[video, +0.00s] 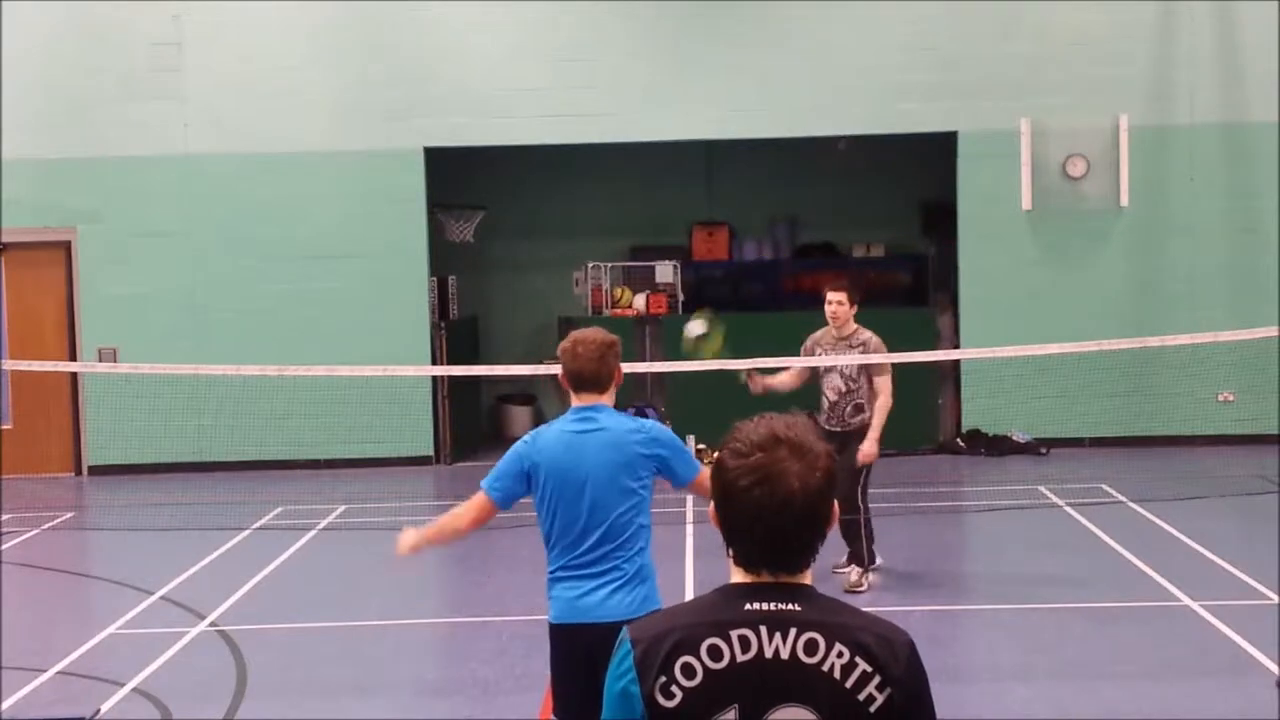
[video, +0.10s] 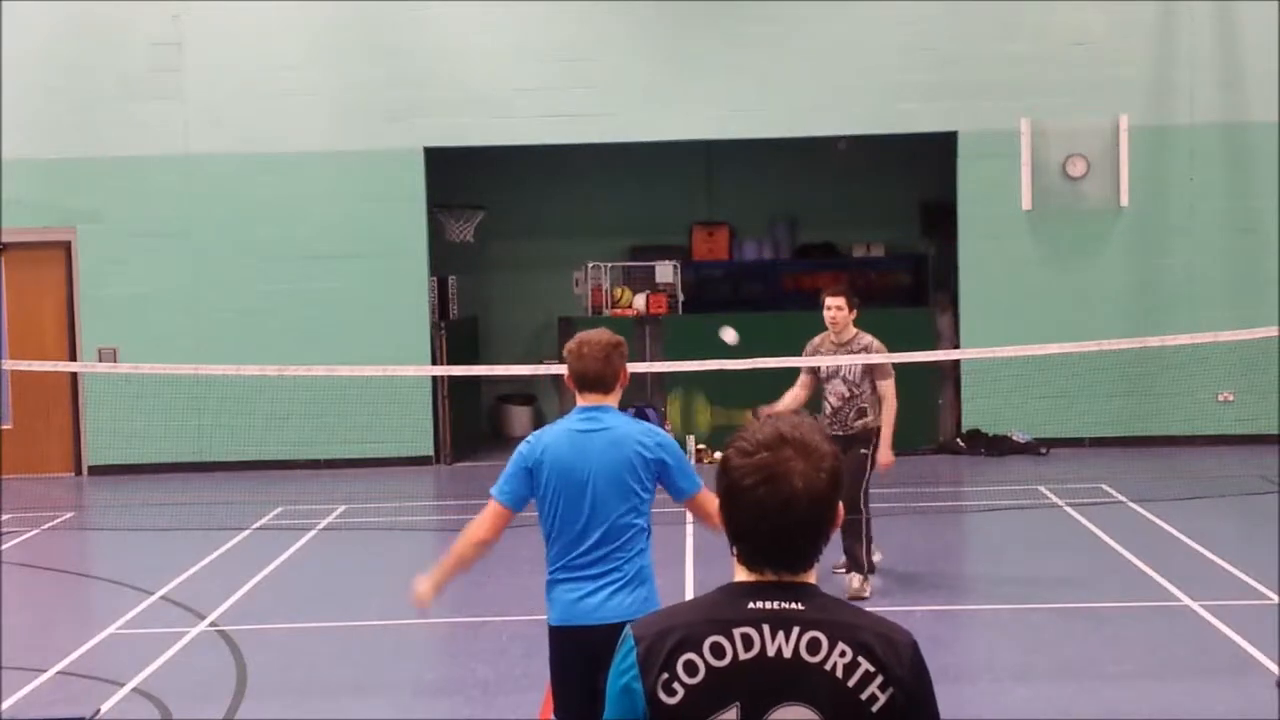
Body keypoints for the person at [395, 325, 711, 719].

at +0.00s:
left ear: (562, 379)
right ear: (618, 376)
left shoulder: (535, 445)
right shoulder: (646, 436)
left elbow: (469, 518)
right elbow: (710, 486)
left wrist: (418, 537)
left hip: (571, 621)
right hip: (637, 616)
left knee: (572, 710)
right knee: (642, 708)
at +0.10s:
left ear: (568, 380)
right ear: (624, 377)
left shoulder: (538, 446)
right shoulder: (651, 440)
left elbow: (484, 533)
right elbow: (714, 513)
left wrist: (433, 580)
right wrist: (756, 531)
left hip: (570, 621)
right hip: (637, 617)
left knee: (574, 712)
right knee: (638, 712)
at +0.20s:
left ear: (573, 378)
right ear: (628, 377)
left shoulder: (542, 447)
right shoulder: (653, 443)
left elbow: (503, 543)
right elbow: (706, 533)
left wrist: (468, 608)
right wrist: (749, 579)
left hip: (568, 623)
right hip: (635, 620)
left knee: (574, 712)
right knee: (637, 713)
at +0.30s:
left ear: (577, 379)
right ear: (632, 378)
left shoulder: (546, 447)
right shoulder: (656, 445)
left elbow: (520, 548)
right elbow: (691, 545)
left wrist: (496, 616)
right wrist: (721, 607)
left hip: (566, 623)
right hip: (631, 621)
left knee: (572, 711)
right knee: (630, 712)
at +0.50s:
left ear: (578, 379)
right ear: (633, 378)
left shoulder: (548, 449)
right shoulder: (656, 444)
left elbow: (529, 550)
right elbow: (679, 540)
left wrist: (498, 588)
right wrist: (714, 607)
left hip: (579, 632)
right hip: (647, 629)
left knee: (580, 712)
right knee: (661, 713)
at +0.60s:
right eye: (639, 368)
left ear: (580, 377)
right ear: (636, 376)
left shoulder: (555, 448)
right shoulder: (663, 441)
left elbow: (532, 546)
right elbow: (689, 535)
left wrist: (498, 553)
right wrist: (727, 582)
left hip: (589, 631)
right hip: (656, 628)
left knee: (587, 713)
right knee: (677, 715)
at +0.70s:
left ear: (584, 380)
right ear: (641, 375)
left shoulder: (566, 451)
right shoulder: (674, 439)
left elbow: (542, 548)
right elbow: (708, 529)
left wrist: (509, 513)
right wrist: (753, 587)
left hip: (601, 620)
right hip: (670, 612)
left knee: (595, 710)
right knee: (691, 708)